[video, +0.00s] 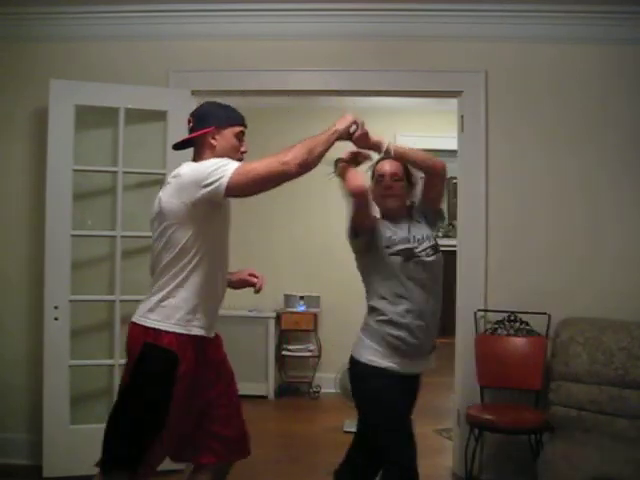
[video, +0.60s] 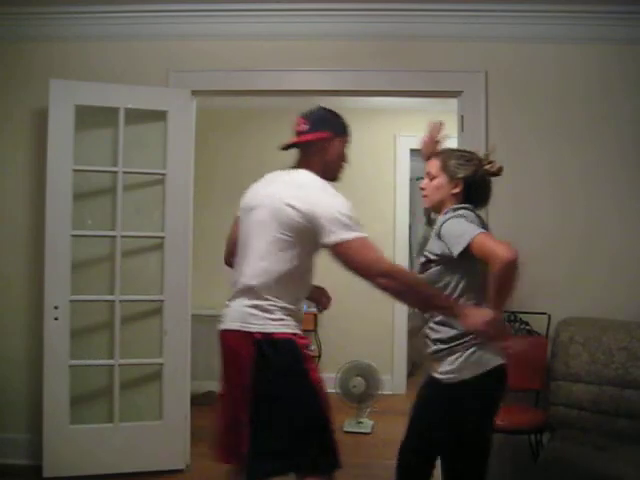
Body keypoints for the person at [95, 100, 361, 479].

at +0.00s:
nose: (244, 146)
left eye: (244, 138)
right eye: (237, 136)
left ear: (209, 141)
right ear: (209, 138)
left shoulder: (190, 184)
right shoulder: (195, 175)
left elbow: (173, 267)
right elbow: (289, 164)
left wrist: (226, 279)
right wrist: (337, 130)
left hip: (199, 338)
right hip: (166, 337)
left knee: (223, 448)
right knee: (140, 455)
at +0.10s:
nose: (253, 149)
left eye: (252, 141)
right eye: (246, 140)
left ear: (219, 145)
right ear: (220, 143)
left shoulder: (208, 187)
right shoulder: (200, 181)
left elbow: (185, 270)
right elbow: (288, 183)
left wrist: (234, 285)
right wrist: (335, 147)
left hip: (210, 345)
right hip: (179, 345)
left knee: (222, 458)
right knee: (162, 461)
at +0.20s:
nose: (268, 147)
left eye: (267, 138)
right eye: (262, 137)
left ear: (235, 140)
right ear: (236, 138)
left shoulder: (214, 181)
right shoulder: (215, 179)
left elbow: (201, 267)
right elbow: (268, 211)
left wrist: (248, 285)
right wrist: (328, 178)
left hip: (211, 337)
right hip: (197, 340)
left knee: (217, 455)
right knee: (200, 457)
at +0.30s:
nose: (285, 142)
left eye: (284, 133)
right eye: (279, 132)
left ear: (251, 135)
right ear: (255, 133)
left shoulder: (223, 175)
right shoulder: (235, 174)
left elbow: (212, 259)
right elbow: (263, 234)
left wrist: (259, 281)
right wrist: (342, 229)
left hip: (208, 328)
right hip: (214, 332)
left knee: (208, 452)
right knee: (236, 456)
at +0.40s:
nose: (302, 142)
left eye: (302, 133)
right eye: (298, 131)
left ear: (264, 134)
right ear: (274, 131)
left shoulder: (235, 177)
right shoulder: (257, 178)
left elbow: (230, 256)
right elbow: (291, 254)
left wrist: (276, 278)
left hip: (213, 322)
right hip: (231, 328)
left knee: (208, 449)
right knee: (274, 453)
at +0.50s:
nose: (323, 148)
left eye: (322, 138)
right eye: (319, 136)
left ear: (285, 138)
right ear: (298, 136)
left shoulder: (245, 182)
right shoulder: (284, 186)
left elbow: (235, 258)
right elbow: (336, 267)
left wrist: (290, 282)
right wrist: (412, 308)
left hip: (222, 327)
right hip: (251, 333)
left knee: (213, 454)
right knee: (293, 459)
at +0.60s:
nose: (345, 156)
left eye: (345, 146)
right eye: (343, 145)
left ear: (307, 144)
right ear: (326, 144)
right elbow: (380, 272)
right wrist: (459, 309)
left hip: (238, 333)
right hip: (273, 338)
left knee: (254, 457)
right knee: (315, 458)